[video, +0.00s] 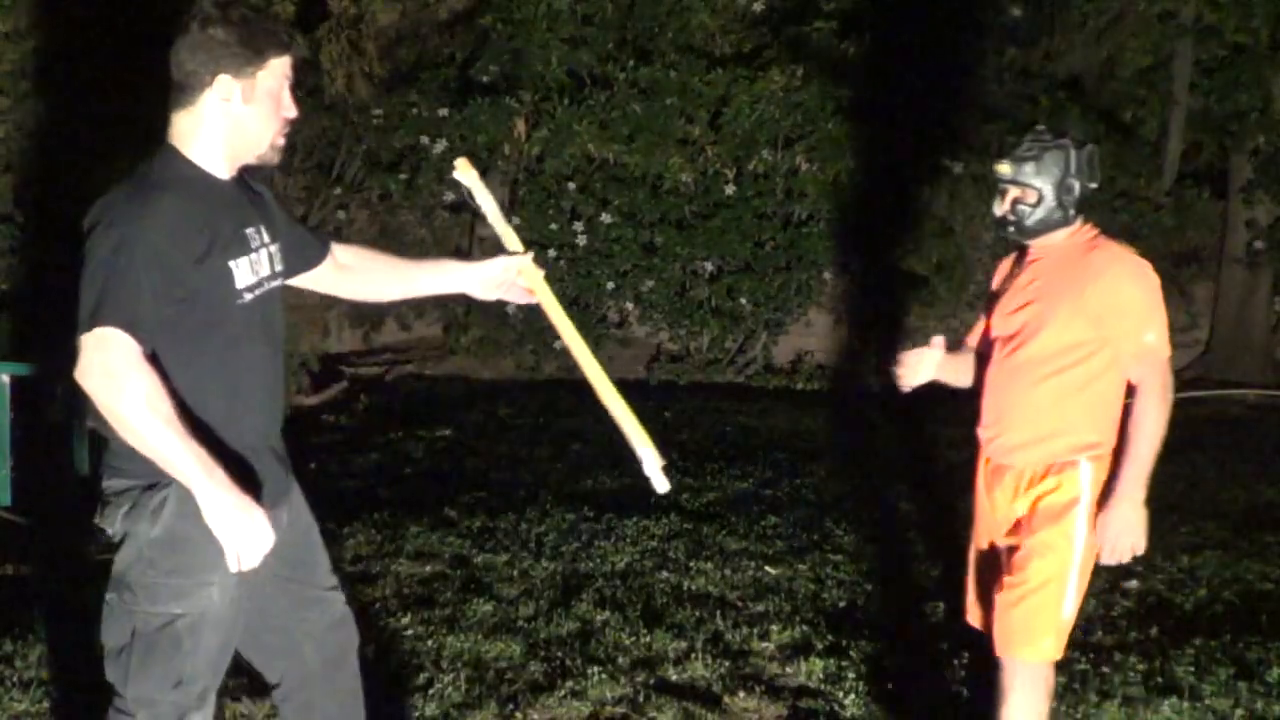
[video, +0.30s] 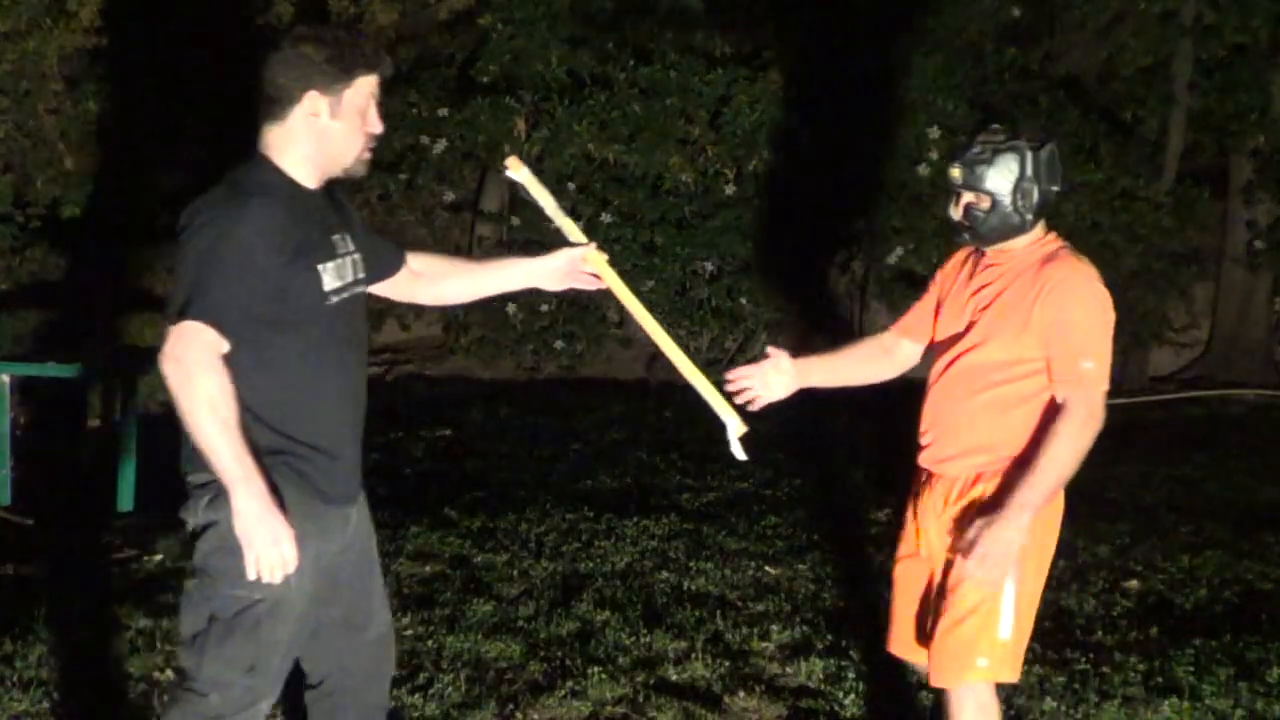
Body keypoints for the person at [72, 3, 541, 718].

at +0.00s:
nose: (294, 111)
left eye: (292, 89)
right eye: (282, 88)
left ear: (231, 95)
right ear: (225, 93)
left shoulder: (249, 204)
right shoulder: (140, 215)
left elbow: (334, 268)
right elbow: (103, 361)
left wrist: (475, 276)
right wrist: (214, 489)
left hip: (266, 495)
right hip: (173, 508)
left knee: (324, 670)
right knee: (162, 703)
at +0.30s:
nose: (379, 128)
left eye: (378, 109)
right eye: (368, 107)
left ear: (318, 112)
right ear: (316, 110)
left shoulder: (329, 215)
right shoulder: (239, 216)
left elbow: (411, 277)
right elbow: (187, 355)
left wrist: (543, 269)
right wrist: (249, 495)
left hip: (341, 515)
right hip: (261, 517)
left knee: (356, 697)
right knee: (221, 705)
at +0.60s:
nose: (436, 129)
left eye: (436, 112)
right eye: (426, 110)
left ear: (377, 109)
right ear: (374, 107)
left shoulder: (389, 208)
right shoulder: (295, 198)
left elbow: (460, 277)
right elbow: (245, 329)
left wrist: (587, 275)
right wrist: (335, 450)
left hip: (366, 473)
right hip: (293, 474)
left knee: (378, 662)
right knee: (301, 673)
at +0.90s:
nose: (411, 124)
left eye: (409, 105)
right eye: (397, 104)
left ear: (352, 115)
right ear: (345, 110)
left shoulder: (356, 212)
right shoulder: (269, 212)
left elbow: (386, 312)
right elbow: (272, 350)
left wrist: (489, 281)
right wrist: (408, 367)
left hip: (353, 481)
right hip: (276, 481)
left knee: (372, 665)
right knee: (280, 683)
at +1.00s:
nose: (399, 136)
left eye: (398, 118)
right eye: (386, 116)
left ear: (335, 120)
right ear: (332, 118)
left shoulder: (328, 215)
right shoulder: (262, 218)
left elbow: (347, 312)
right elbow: (299, 358)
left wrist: (427, 267)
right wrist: (417, 305)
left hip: (331, 478)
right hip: (260, 480)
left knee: (372, 649)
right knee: (268, 680)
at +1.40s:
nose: (363, 148)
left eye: (368, 131)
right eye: (353, 126)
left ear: (310, 126)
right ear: (305, 122)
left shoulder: (304, 216)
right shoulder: (228, 206)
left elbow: (368, 321)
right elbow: (302, 319)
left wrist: (372, 220)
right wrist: (351, 223)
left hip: (279, 477)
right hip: (204, 473)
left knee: (303, 660)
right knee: (243, 670)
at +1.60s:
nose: (325, 136)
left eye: (328, 119)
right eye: (315, 116)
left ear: (268, 119)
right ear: (268, 116)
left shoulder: (264, 213)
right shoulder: (204, 207)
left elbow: (336, 311)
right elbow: (289, 317)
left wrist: (337, 213)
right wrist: (320, 216)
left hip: (270, 489)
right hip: (194, 484)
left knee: (295, 661)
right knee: (157, 684)